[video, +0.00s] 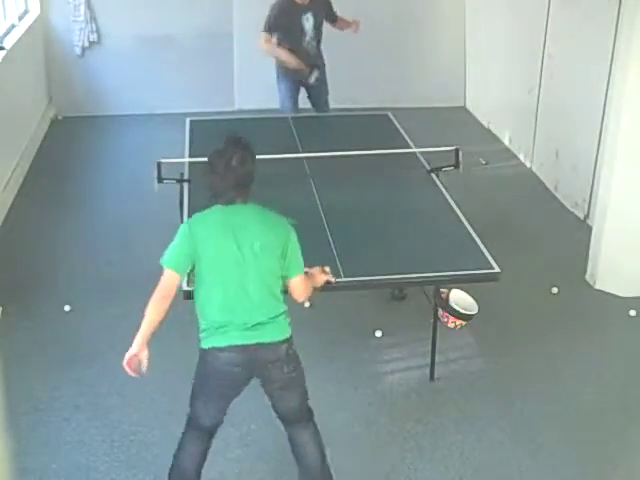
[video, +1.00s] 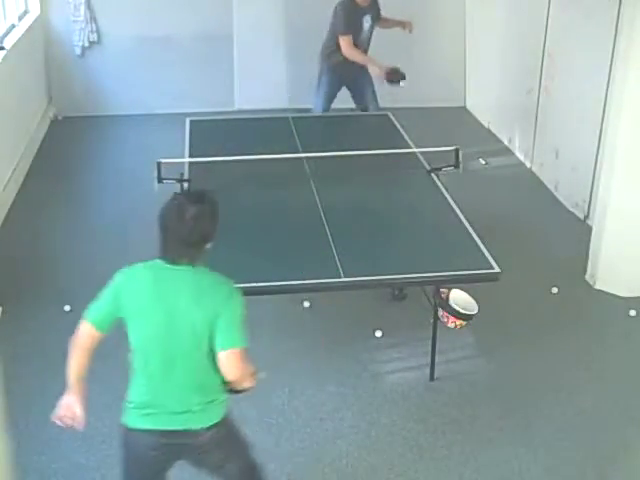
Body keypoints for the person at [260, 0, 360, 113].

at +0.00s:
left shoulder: (321, 3)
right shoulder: (281, 6)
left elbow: (334, 20)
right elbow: (266, 43)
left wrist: (350, 24)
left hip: (315, 66)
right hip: (288, 68)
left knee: (324, 113)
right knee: (289, 114)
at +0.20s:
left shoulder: (323, 1)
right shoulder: (280, 2)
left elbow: (337, 18)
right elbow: (257, 22)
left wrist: (353, 15)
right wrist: (238, 31)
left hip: (316, 73)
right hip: (290, 74)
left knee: (323, 120)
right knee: (289, 120)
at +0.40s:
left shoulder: (327, 2)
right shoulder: (285, 3)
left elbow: (339, 21)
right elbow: (268, 27)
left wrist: (353, 19)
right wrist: (252, 46)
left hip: (321, 71)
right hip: (294, 72)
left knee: (334, 117)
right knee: (290, 121)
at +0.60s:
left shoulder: (336, 5)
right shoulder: (295, 6)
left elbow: (353, 30)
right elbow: (274, 35)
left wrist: (359, 30)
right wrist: (282, 58)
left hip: (330, 72)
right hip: (302, 73)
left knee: (347, 112)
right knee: (300, 116)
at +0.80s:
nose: (342, 3)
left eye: (345, 2)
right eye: (340, 2)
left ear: (348, 1)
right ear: (333, 1)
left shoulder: (354, 10)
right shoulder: (322, 17)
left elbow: (365, 34)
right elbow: (317, 59)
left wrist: (379, 36)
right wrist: (345, 81)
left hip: (348, 74)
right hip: (323, 74)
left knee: (365, 114)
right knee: (314, 116)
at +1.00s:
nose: (367, 0)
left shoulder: (372, 5)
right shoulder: (344, 7)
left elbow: (378, 21)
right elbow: (347, 50)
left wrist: (400, 24)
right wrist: (374, 65)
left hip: (357, 65)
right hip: (333, 65)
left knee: (372, 112)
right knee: (320, 111)